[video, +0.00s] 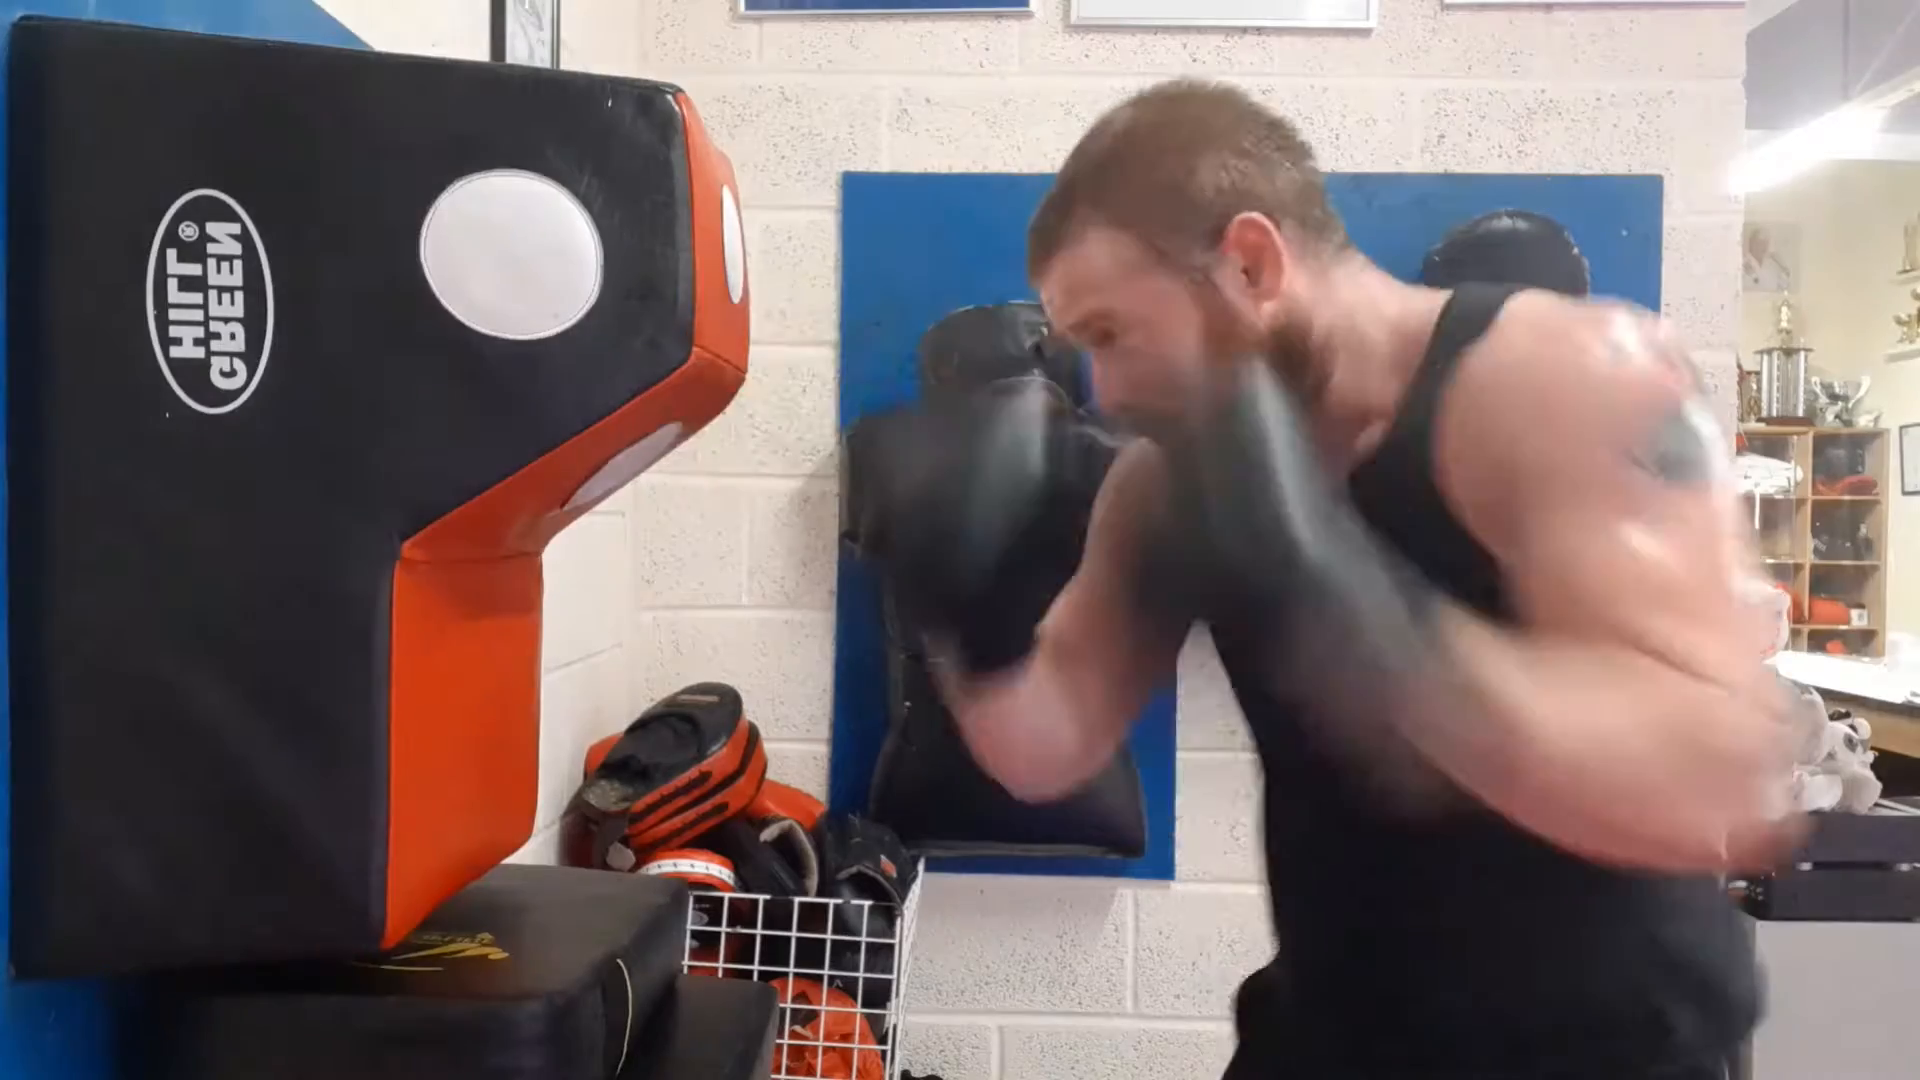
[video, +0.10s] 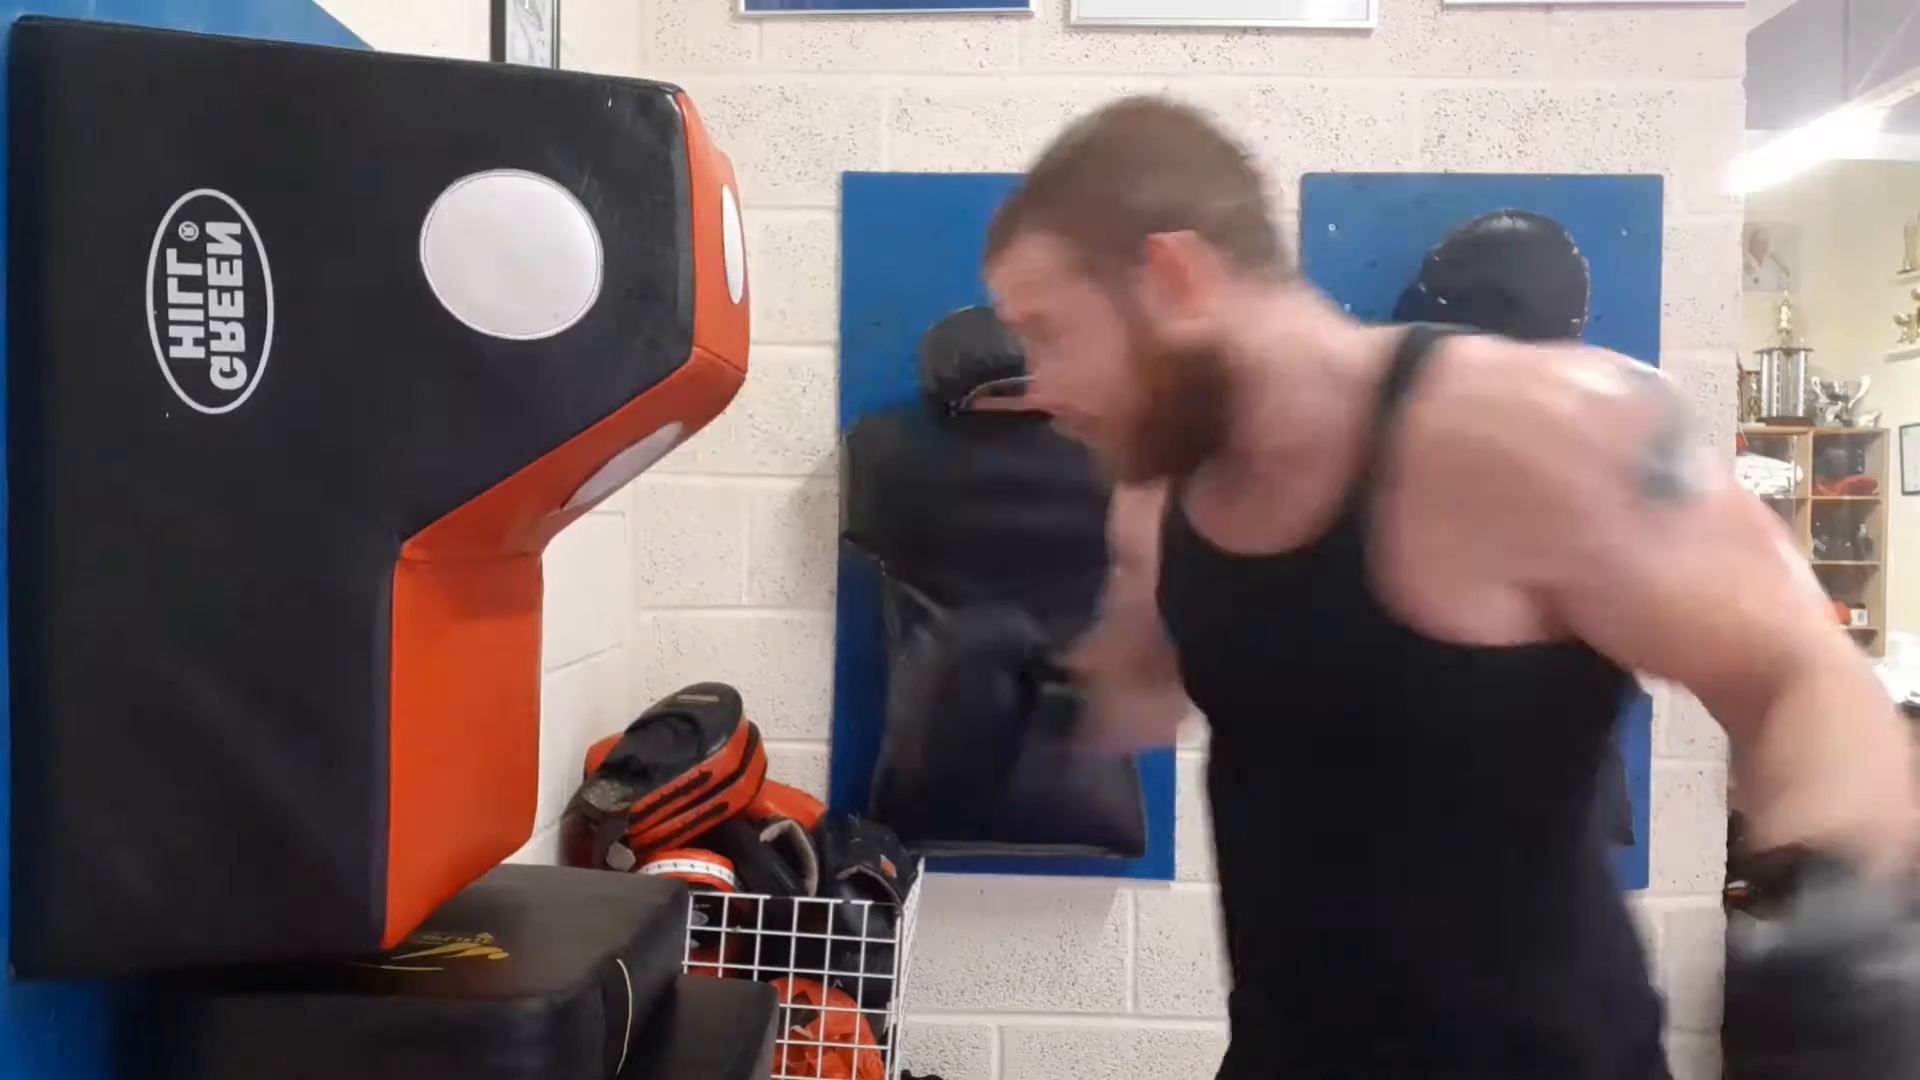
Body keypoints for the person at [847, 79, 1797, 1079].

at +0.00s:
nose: (1102, 395)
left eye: (1109, 337)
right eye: (1082, 353)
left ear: (1250, 265)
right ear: (1250, 270)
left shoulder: (1570, 373)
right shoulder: (1183, 467)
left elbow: (1727, 780)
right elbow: (1048, 745)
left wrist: (1366, 633)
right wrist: (966, 602)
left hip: (1599, 1040)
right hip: (1337, 1034)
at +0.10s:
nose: (1035, 392)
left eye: (1043, 335)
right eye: (1024, 347)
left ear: (1176, 282)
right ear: (1178, 286)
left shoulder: (1523, 427)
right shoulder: (1164, 494)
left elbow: (1805, 682)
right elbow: (1142, 689)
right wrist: (1008, 699)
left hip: (1540, 1049)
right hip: (1288, 1049)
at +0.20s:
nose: (1007, 370)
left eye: (1015, 316)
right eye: (999, 325)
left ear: (1126, 275)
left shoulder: (1315, 366)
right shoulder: (1255, 395)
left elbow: (1575, 620)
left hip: (1443, 1043)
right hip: (1330, 1039)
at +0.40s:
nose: (1033, 311)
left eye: (1039, 252)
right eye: (1018, 267)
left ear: (1175, 193)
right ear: (1175, 201)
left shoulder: (1447, 310)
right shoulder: (1173, 422)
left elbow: (1662, 620)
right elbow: (1077, 555)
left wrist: (1402, 734)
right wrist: (903, 494)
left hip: (1518, 1012)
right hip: (1299, 1013)